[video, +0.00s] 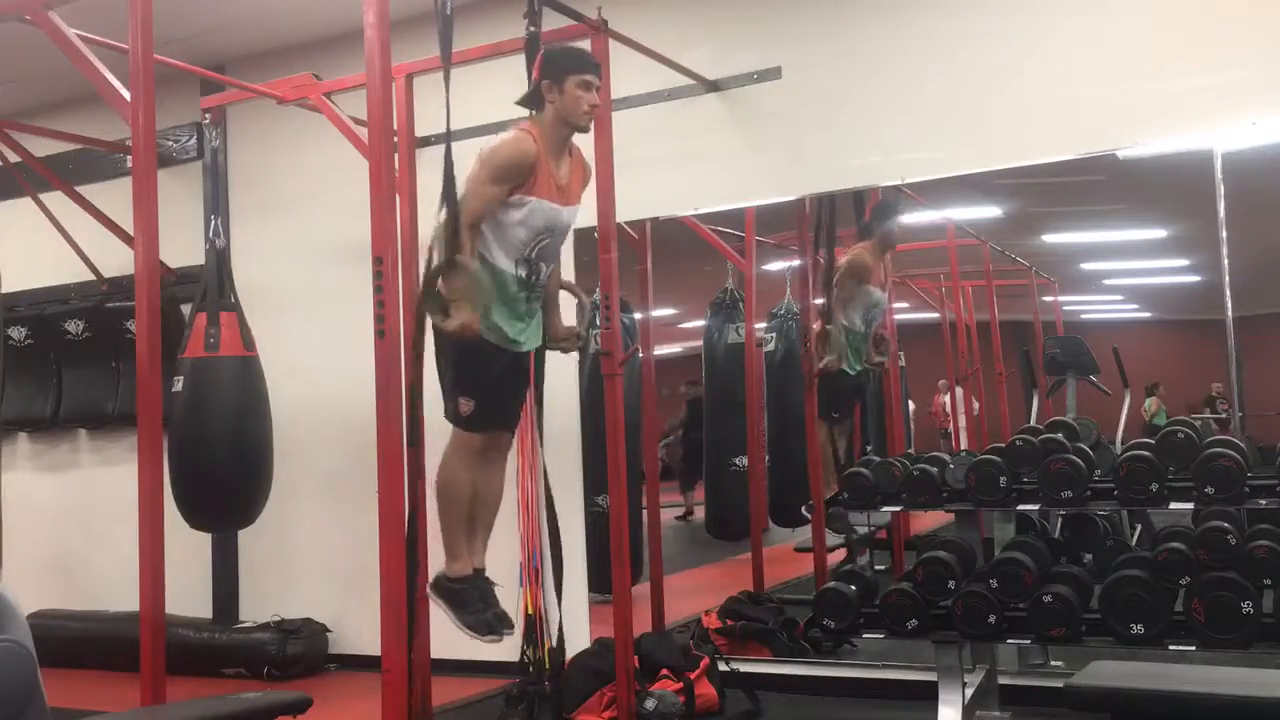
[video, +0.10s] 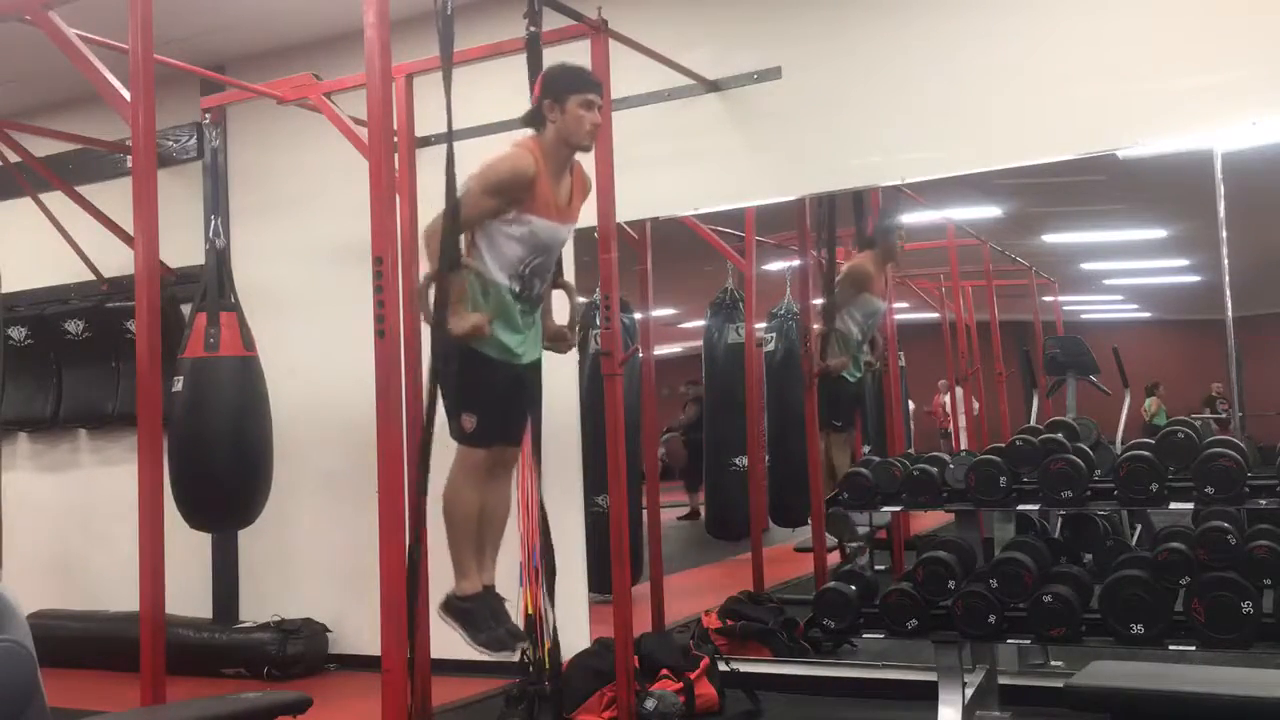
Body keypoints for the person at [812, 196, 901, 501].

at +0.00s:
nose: (899, 233)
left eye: (900, 225)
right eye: (894, 225)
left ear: (888, 228)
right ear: (879, 226)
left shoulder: (884, 261)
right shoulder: (858, 261)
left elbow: (872, 313)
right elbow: (838, 311)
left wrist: (872, 350)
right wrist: (836, 353)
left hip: (862, 358)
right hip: (842, 358)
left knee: (850, 425)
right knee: (833, 425)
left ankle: (847, 487)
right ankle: (831, 491)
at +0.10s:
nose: (901, 246)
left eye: (901, 240)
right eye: (897, 239)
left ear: (887, 241)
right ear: (882, 241)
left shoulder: (878, 272)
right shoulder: (860, 270)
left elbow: (865, 317)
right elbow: (832, 312)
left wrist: (874, 347)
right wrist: (836, 355)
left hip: (856, 363)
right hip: (839, 363)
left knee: (849, 430)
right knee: (841, 431)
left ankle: (846, 491)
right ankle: (844, 491)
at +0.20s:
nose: (907, 262)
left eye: (907, 255)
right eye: (904, 254)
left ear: (890, 255)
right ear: (890, 254)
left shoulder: (878, 287)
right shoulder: (861, 282)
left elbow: (861, 329)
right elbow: (824, 316)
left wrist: (869, 357)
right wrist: (826, 360)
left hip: (857, 375)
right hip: (842, 377)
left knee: (847, 449)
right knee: (843, 449)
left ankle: (846, 519)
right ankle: (843, 521)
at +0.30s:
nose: (909, 276)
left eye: (909, 270)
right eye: (905, 269)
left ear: (894, 271)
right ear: (888, 269)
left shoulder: (881, 299)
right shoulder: (866, 295)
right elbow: (823, 314)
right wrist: (829, 357)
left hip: (858, 379)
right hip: (841, 380)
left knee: (856, 455)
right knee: (847, 455)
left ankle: (856, 530)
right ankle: (844, 534)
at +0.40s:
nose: (911, 294)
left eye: (913, 288)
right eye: (908, 287)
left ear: (897, 287)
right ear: (891, 285)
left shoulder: (882, 316)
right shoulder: (868, 310)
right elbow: (822, 324)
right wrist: (830, 364)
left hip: (858, 398)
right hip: (839, 399)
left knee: (861, 471)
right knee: (848, 472)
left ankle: (864, 543)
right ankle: (853, 546)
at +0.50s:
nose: (916, 309)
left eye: (916, 303)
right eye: (913, 302)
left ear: (899, 302)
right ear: (896, 302)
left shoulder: (885, 329)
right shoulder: (870, 321)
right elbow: (827, 319)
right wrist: (831, 362)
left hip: (859, 409)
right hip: (839, 411)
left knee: (865, 480)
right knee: (852, 481)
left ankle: (871, 551)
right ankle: (859, 553)